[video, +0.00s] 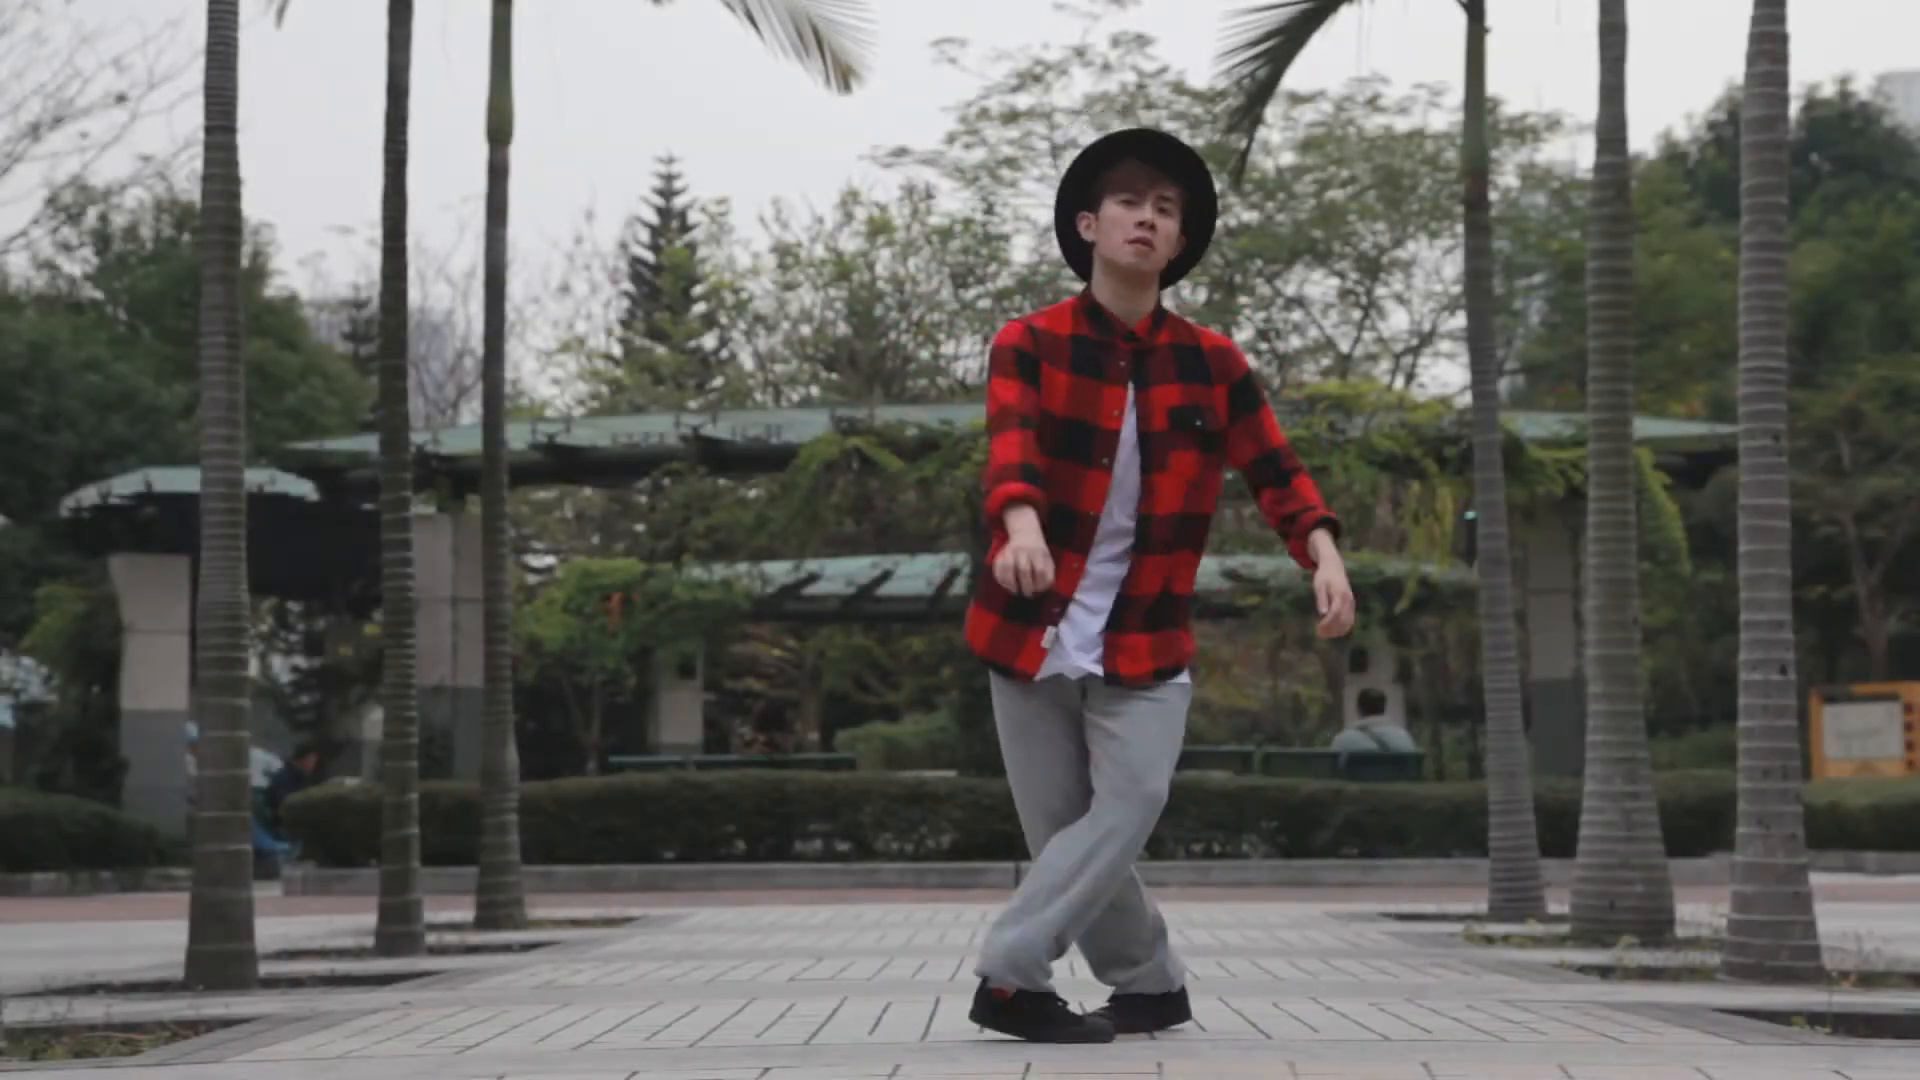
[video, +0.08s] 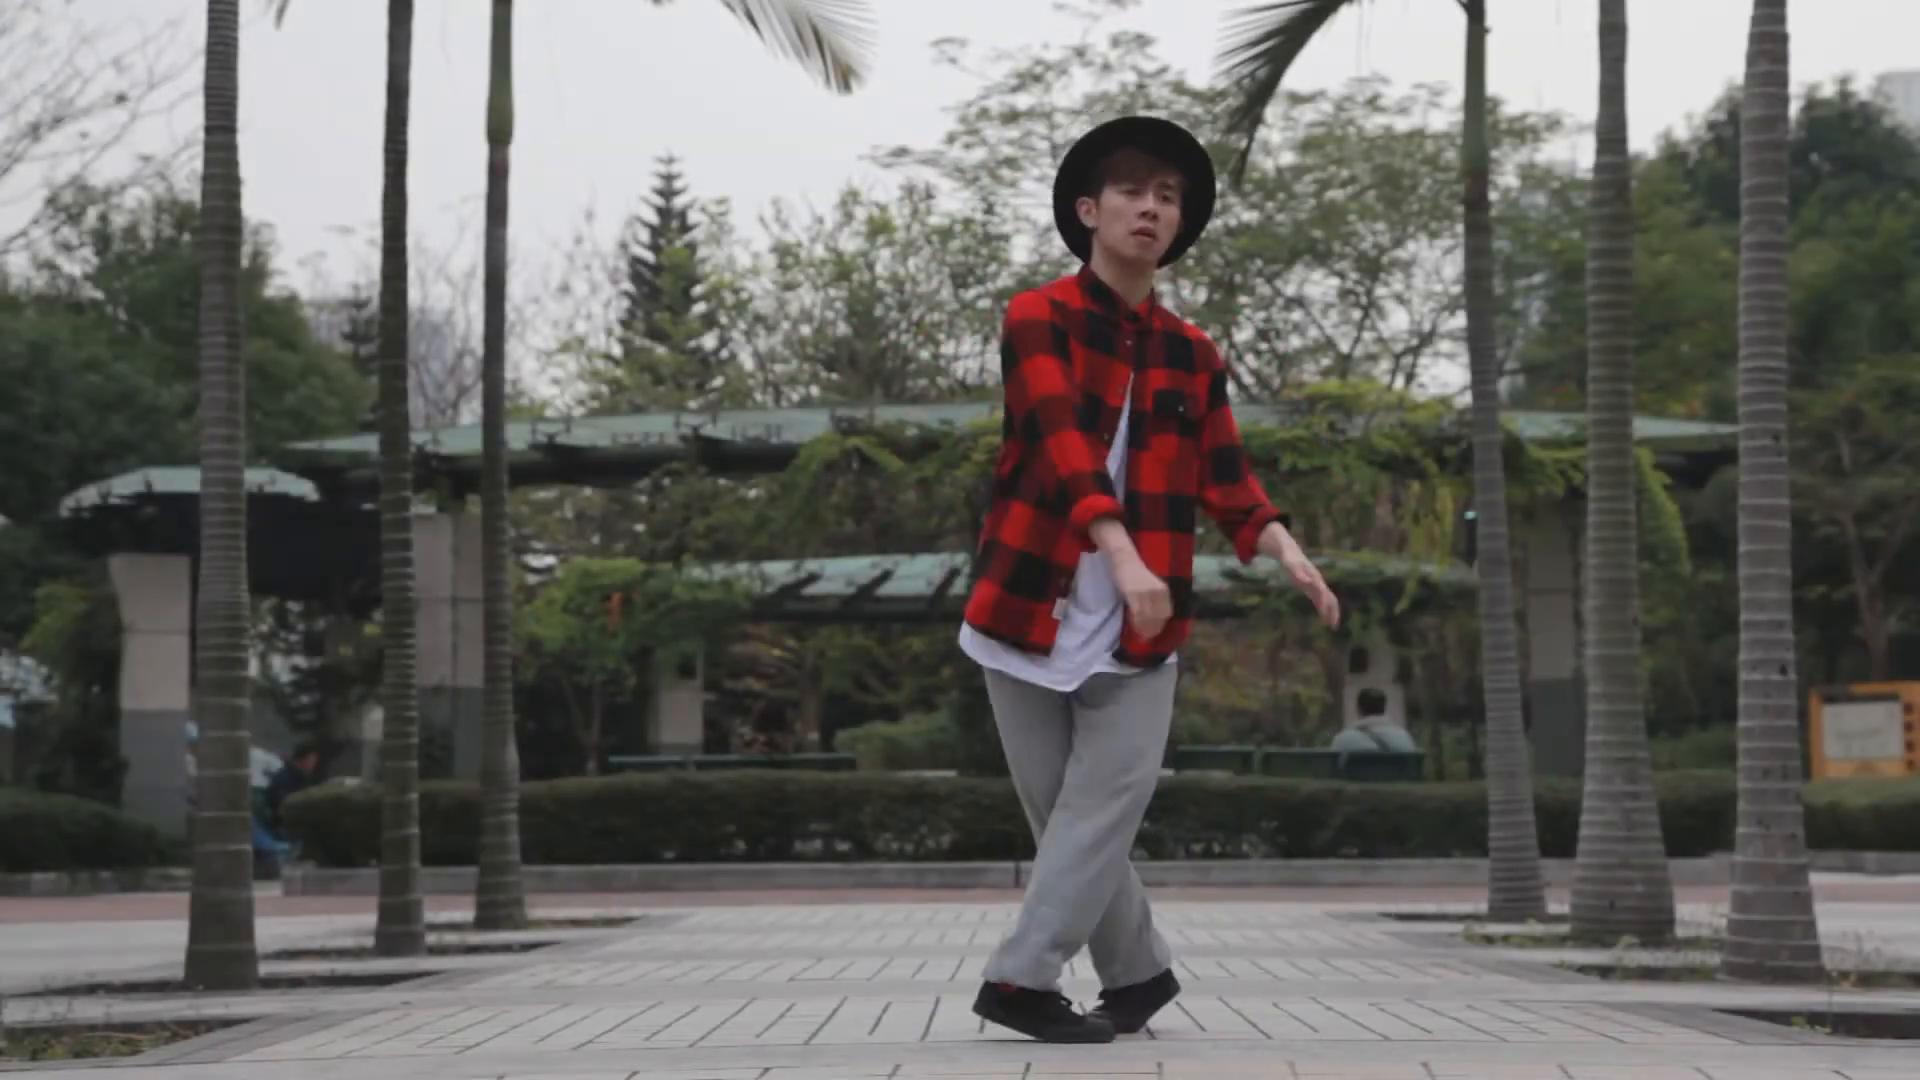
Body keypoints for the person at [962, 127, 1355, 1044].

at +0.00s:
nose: (1145, 216)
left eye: (1165, 205)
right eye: (1126, 199)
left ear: (1183, 237)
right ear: (1085, 224)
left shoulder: (1215, 361)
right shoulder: (1029, 343)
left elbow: (1275, 471)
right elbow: (1012, 448)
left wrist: (1323, 554)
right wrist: (1021, 522)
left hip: (1146, 630)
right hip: (1032, 619)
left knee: (1130, 806)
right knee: (1057, 824)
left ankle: (1010, 971)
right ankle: (1150, 980)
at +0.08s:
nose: (1151, 208)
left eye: (1169, 196)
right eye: (1131, 189)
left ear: (1182, 224)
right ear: (1086, 209)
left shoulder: (1194, 353)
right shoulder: (1037, 317)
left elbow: (1229, 481)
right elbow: (1062, 451)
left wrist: (1289, 554)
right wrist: (1128, 561)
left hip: (1138, 603)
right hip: (1028, 602)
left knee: (1115, 788)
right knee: (1060, 805)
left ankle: (1021, 976)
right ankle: (1137, 970)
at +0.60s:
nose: (1078, 172)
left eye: (1095, 157)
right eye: (1055, 161)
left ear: (1127, 186)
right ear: (1025, 196)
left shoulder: (1150, 316)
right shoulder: (976, 294)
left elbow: (1155, 461)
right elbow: (878, 387)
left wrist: (1171, 407)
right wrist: (886, 441)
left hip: (1101, 582)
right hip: (984, 577)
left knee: (1133, 764)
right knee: (928, 758)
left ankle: (1126, 942)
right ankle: (870, 960)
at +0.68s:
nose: (1044, 139)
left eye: (1064, 122)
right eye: (1021, 126)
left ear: (1101, 149)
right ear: (998, 159)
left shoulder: (1151, 265)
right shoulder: (947, 261)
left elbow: (1234, 381)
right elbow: (862, 342)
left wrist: (1173, 337)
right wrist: (854, 374)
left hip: (1099, 540)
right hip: (980, 534)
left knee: (1106, 706)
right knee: (967, 689)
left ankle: (1072, 871)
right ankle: (963, 864)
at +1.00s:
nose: (969, 190)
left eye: (995, 178)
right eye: (958, 175)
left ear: (1034, 212)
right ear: (938, 200)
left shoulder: (1048, 319)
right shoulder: (974, 324)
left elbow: (1076, 462)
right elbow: (971, 467)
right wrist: (867, 452)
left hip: (1061, 586)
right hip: (989, 588)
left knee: (1054, 768)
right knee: (952, 770)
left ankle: (1188, 957)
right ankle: (998, 963)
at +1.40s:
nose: (1022, 214)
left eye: (1035, 200)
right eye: (996, 200)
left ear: (1054, 227)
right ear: (955, 235)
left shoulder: (1086, 351)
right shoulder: (911, 352)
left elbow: (1181, 425)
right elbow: (928, 492)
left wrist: (1302, 420)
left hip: (1001, 595)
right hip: (896, 601)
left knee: (918, 784)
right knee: (927, 813)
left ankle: (992, 980)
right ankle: (1064, 966)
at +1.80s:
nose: (984, 231)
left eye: (997, 217)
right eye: (961, 213)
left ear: (1008, 240)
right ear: (910, 238)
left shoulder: (1012, 366)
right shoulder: (858, 348)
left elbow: (1059, 479)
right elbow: (833, 476)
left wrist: (1092, 473)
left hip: (918, 627)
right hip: (813, 623)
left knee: (1040, 746)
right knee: (784, 815)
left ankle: (1056, 962)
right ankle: (681, 999)